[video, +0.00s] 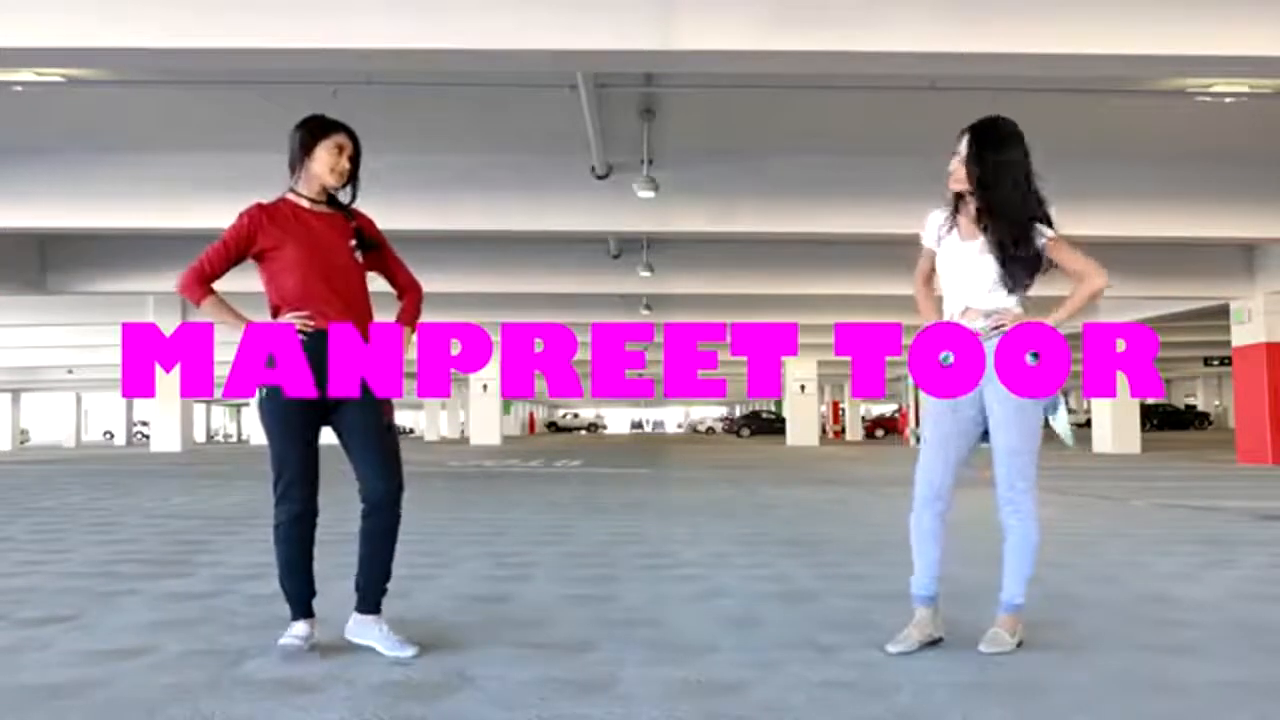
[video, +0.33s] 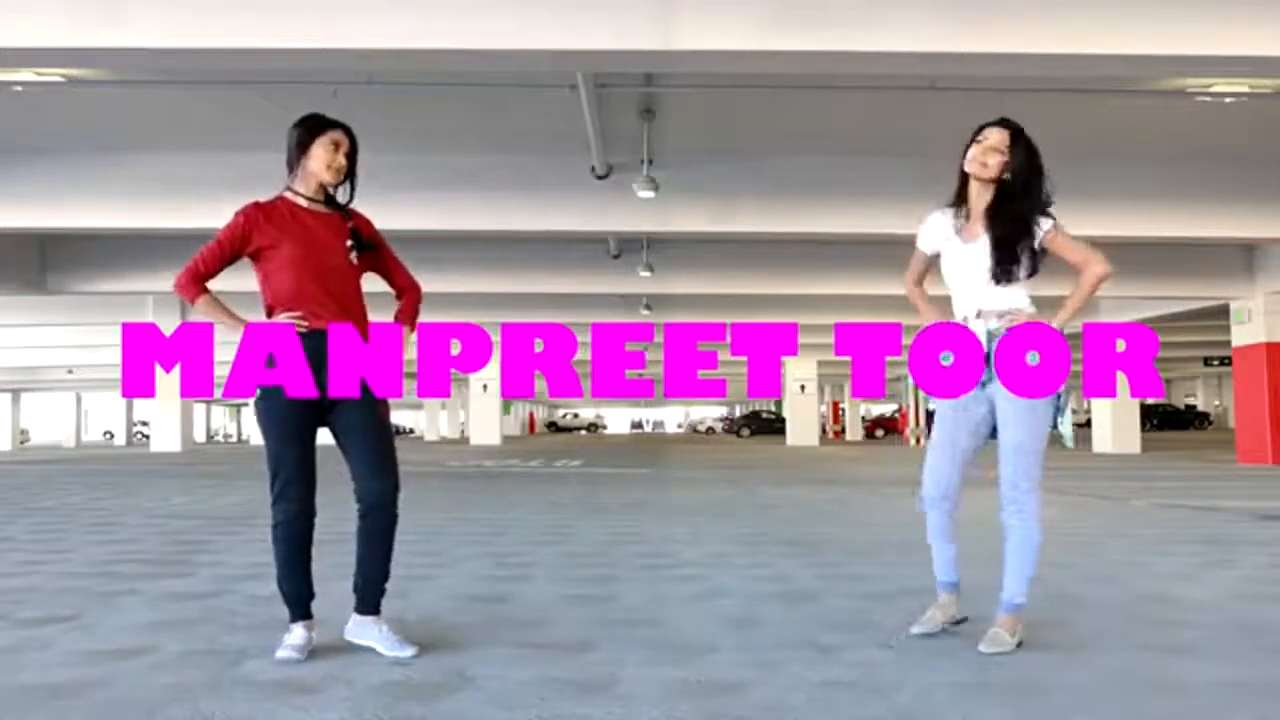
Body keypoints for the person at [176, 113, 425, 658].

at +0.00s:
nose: (344, 163)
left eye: (350, 156)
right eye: (335, 150)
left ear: (349, 167)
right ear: (304, 154)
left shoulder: (357, 227)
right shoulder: (264, 218)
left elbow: (411, 293)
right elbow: (191, 282)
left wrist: (389, 354)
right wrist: (253, 329)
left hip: (356, 372)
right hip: (290, 372)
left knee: (384, 489)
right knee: (295, 499)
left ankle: (365, 618)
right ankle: (301, 621)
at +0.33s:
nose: (342, 159)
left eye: (347, 152)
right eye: (332, 147)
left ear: (346, 166)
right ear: (301, 152)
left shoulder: (355, 227)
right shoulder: (260, 217)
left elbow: (410, 292)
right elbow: (188, 281)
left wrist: (389, 356)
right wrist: (245, 328)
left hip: (353, 370)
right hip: (286, 370)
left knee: (380, 490)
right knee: (291, 501)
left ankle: (365, 618)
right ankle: (300, 624)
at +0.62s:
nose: (346, 154)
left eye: (351, 148)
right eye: (336, 143)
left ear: (349, 163)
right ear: (306, 148)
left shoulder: (354, 226)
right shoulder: (264, 211)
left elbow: (407, 292)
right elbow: (188, 271)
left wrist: (385, 350)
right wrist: (237, 326)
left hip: (348, 365)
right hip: (284, 365)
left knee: (395, 475)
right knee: (290, 499)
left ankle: (391, 584)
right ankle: (299, 623)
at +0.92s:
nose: (361, 159)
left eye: (368, 154)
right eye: (352, 147)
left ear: (368, 170)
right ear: (324, 153)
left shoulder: (372, 232)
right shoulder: (283, 216)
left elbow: (423, 301)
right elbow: (211, 275)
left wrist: (395, 346)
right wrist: (261, 330)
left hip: (366, 376)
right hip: (300, 376)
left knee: (378, 489)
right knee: (299, 496)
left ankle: (394, 601)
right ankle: (300, 620)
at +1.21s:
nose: (395, 168)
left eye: (401, 163)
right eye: (386, 157)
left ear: (401, 177)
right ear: (358, 163)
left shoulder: (401, 238)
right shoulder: (313, 219)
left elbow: (452, 295)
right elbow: (243, 277)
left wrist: (430, 342)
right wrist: (286, 331)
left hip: (395, 372)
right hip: (330, 368)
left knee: (396, 491)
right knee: (323, 495)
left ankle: (396, 601)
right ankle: (302, 619)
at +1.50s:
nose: (408, 173)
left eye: (415, 168)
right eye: (398, 162)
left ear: (418, 184)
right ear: (373, 170)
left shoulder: (421, 244)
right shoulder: (333, 226)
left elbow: (474, 292)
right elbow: (275, 284)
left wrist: (450, 341)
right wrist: (300, 338)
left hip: (410, 377)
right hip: (344, 380)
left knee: (408, 489)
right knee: (335, 491)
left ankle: (398, 601)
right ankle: (307, 610)